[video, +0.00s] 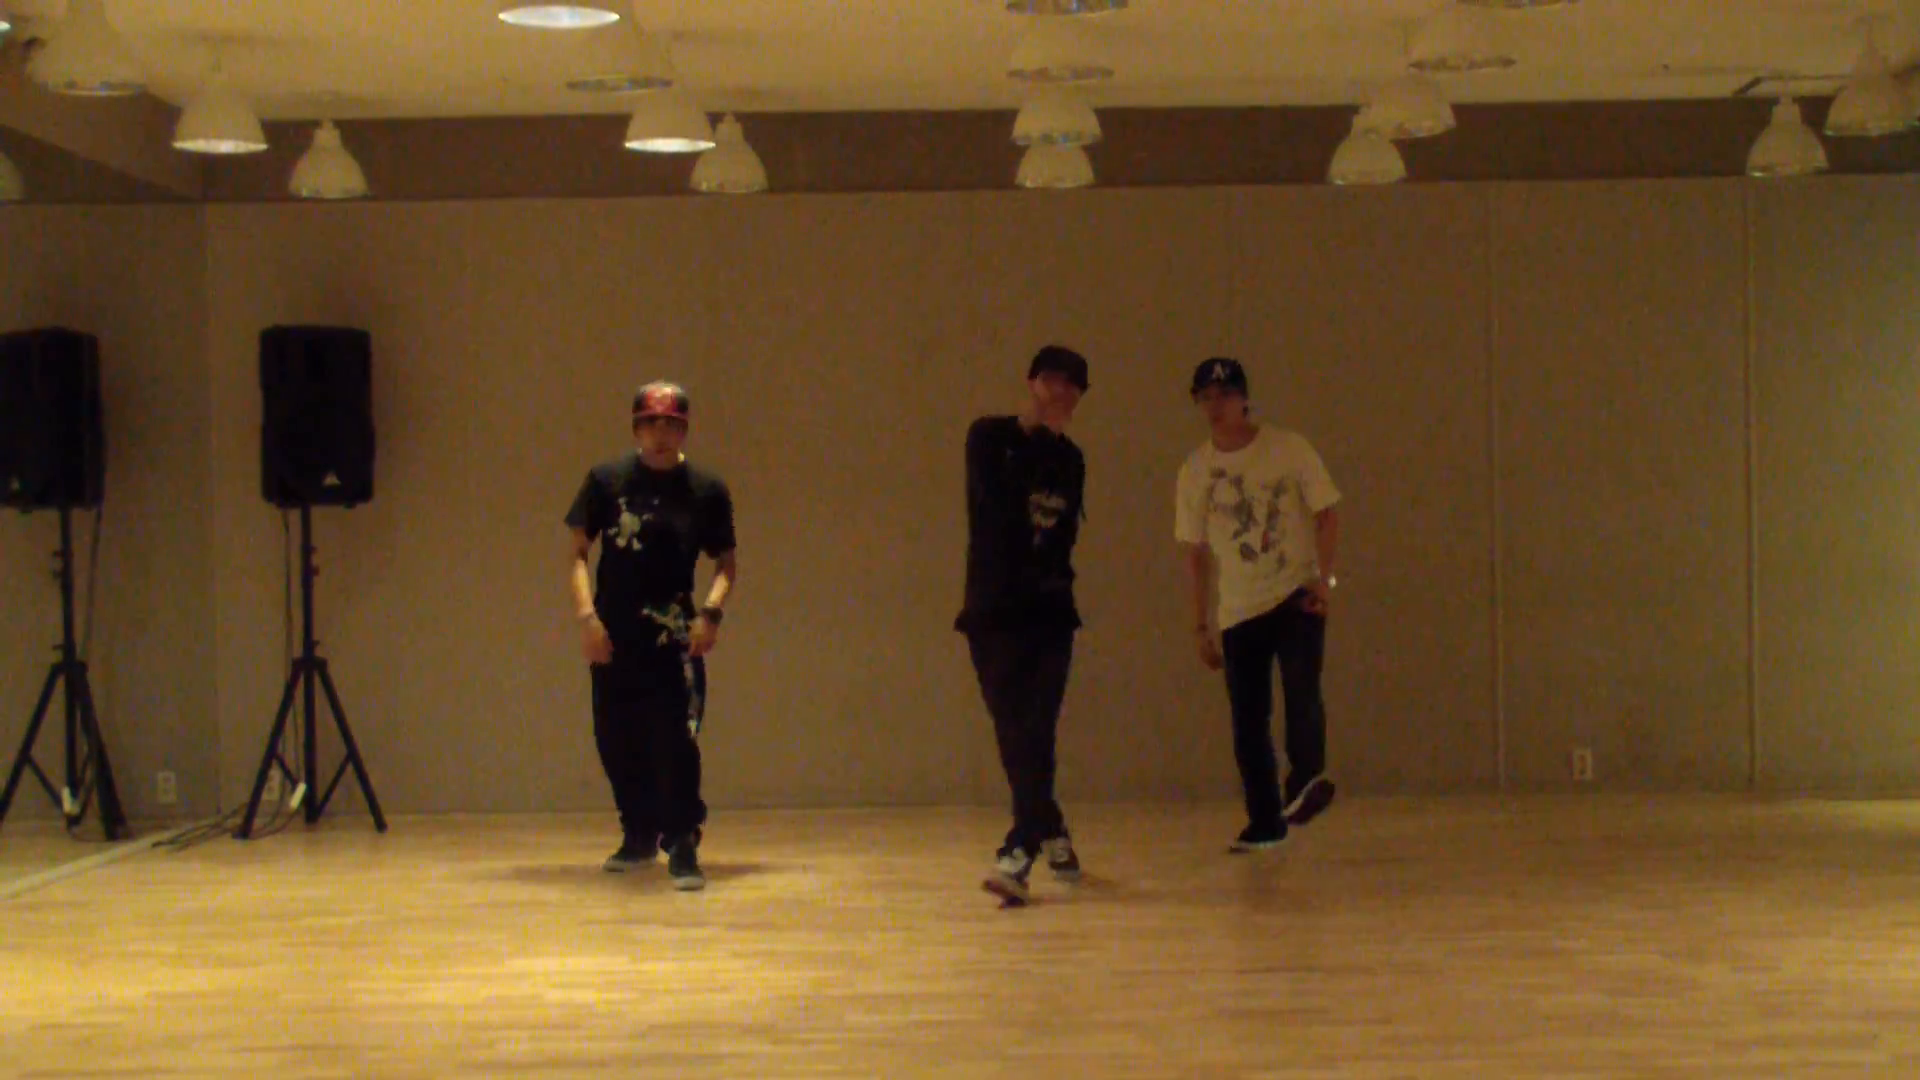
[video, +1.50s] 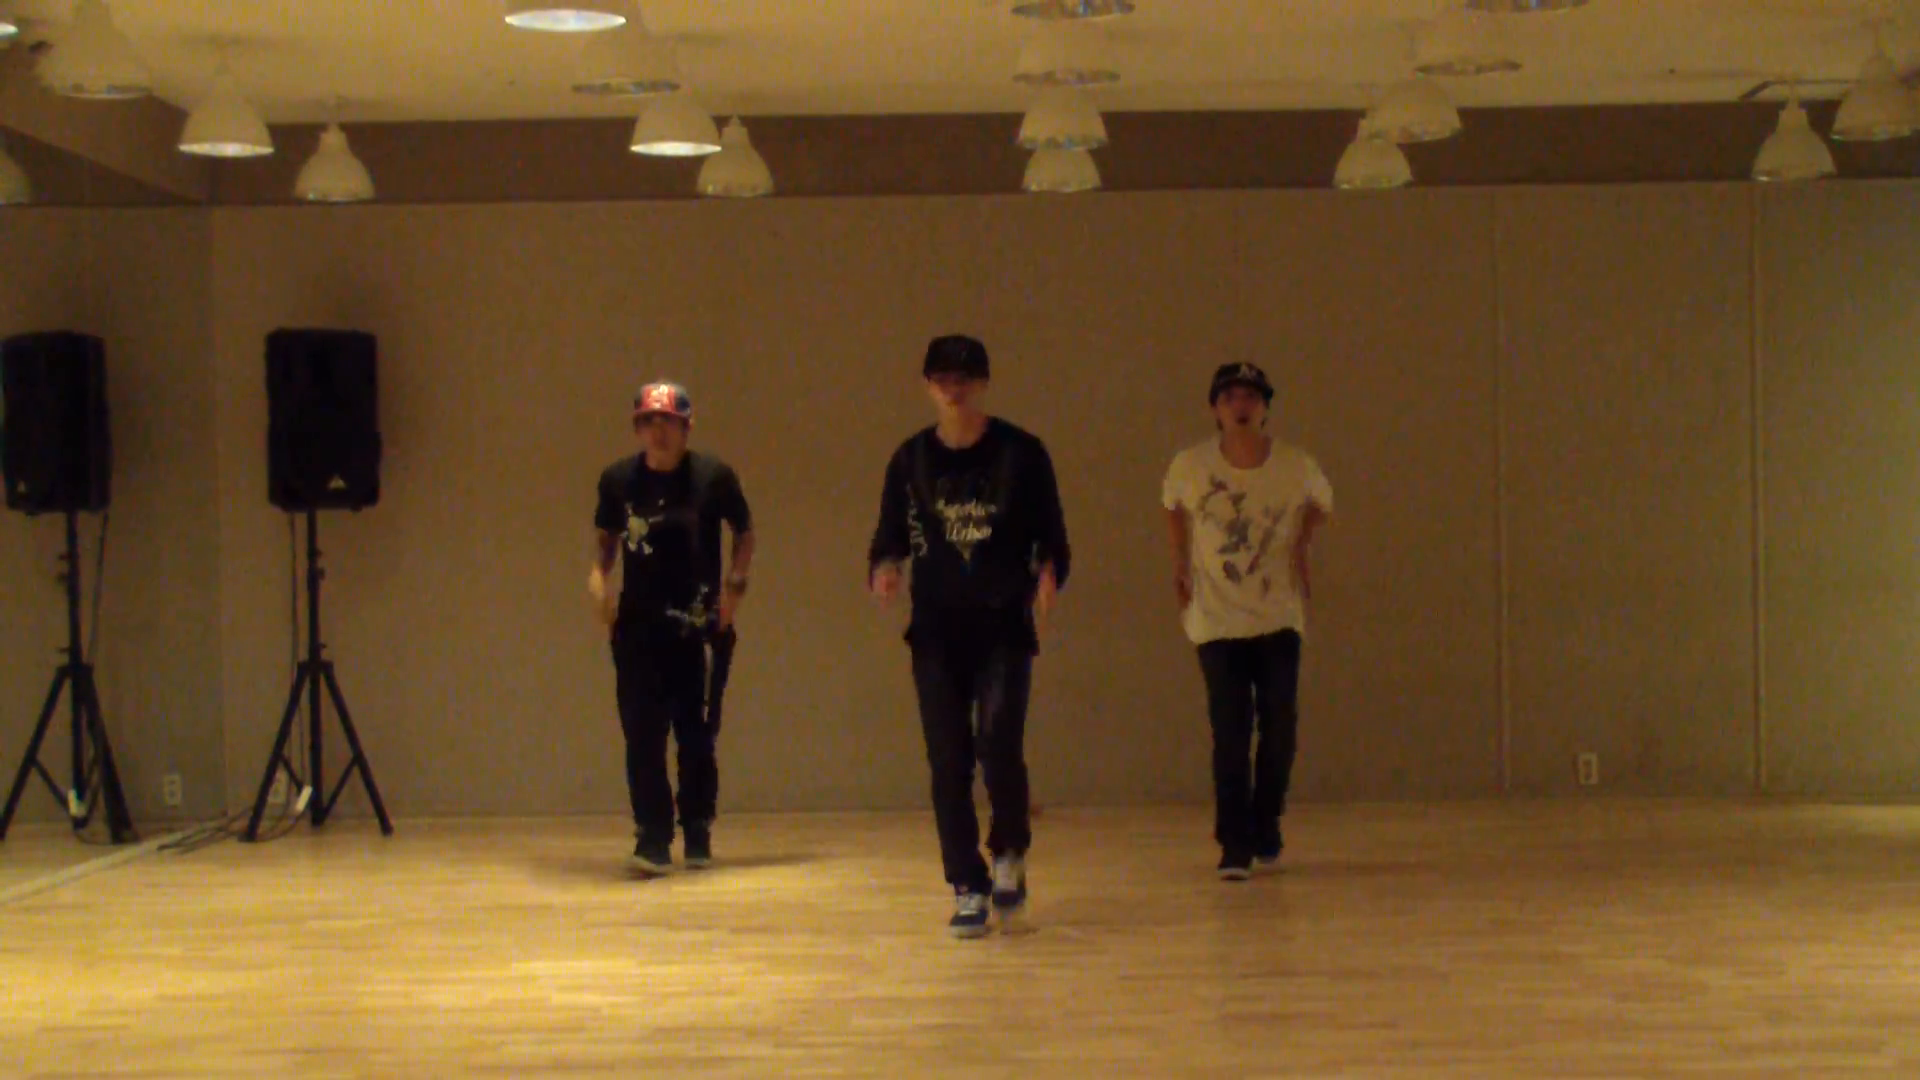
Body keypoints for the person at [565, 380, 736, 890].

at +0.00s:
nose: (660, 434)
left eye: (670, 425)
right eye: (650, 424)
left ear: (685, 431)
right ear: (635, 430)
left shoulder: (706, 492)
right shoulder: (606, 483)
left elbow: (725, 563)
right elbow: (577, 553)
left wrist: (711, 613)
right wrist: (587, 616)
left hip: (674, 639)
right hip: (616, 636)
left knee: (676, 741)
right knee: (619, 741)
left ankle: (683, 845)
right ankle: (638, 836)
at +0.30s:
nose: (636, 429)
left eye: (645, 419)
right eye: (627, 420)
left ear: (665, 421)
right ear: (617, 425)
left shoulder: (699, 474)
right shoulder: (602, 477)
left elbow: (720, 546)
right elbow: (585, 550)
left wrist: (700, 599)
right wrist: (597, 611)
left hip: (678, 620)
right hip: (622, 619)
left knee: (677, 731)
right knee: (626, 732)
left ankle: (674, 838)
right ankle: (638, 833)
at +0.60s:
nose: (649, 432)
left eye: (658, 422)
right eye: (640, 423)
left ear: (677, 423)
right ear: (629, 427)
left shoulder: (709, 472)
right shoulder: (613, 476)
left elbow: (739, 535)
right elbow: (595, 542)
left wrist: (713, 581)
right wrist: (609, 587)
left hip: (688, 620)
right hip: (632, 620)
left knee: (690, 729)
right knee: (635, 730)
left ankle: (692, 834)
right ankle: (641, 836)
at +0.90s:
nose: (668, 436)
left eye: (677, 426)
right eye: (660, 426)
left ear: (696, 427)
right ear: (648, 430)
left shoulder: (727, 477)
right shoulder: (628, 479)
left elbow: (760, 543)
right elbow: (610, 546)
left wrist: (729, 587)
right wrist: (628, 587)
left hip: (701, 623)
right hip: (644, 623)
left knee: (704, 731)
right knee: (642, 729)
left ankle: (695, 832)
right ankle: (649, 831)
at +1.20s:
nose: (670, 437)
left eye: (679, 428)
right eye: (661, 428)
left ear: (698, 429)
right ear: (650, 431)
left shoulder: (728, 480)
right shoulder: (630, 481)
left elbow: (763, 545)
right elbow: (611, 546)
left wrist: (730, 590)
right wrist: (630, 587)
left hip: (704, 620)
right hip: (648, 619)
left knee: (705, 725)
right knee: (646, 714)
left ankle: (697, 827)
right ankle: (666, 793)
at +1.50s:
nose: (658, 429)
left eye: (667, 420)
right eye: (650, 421)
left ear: (686, 425)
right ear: (637, 427)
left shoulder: (714, 478)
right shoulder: (619, 480)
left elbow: (744, 531)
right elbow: (606, 540)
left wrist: (733, 589)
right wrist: (601, 582)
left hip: (699, 631)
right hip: (638, 628)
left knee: (696, 737)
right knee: (643, 739)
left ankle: (698, 830)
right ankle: (652, 839)